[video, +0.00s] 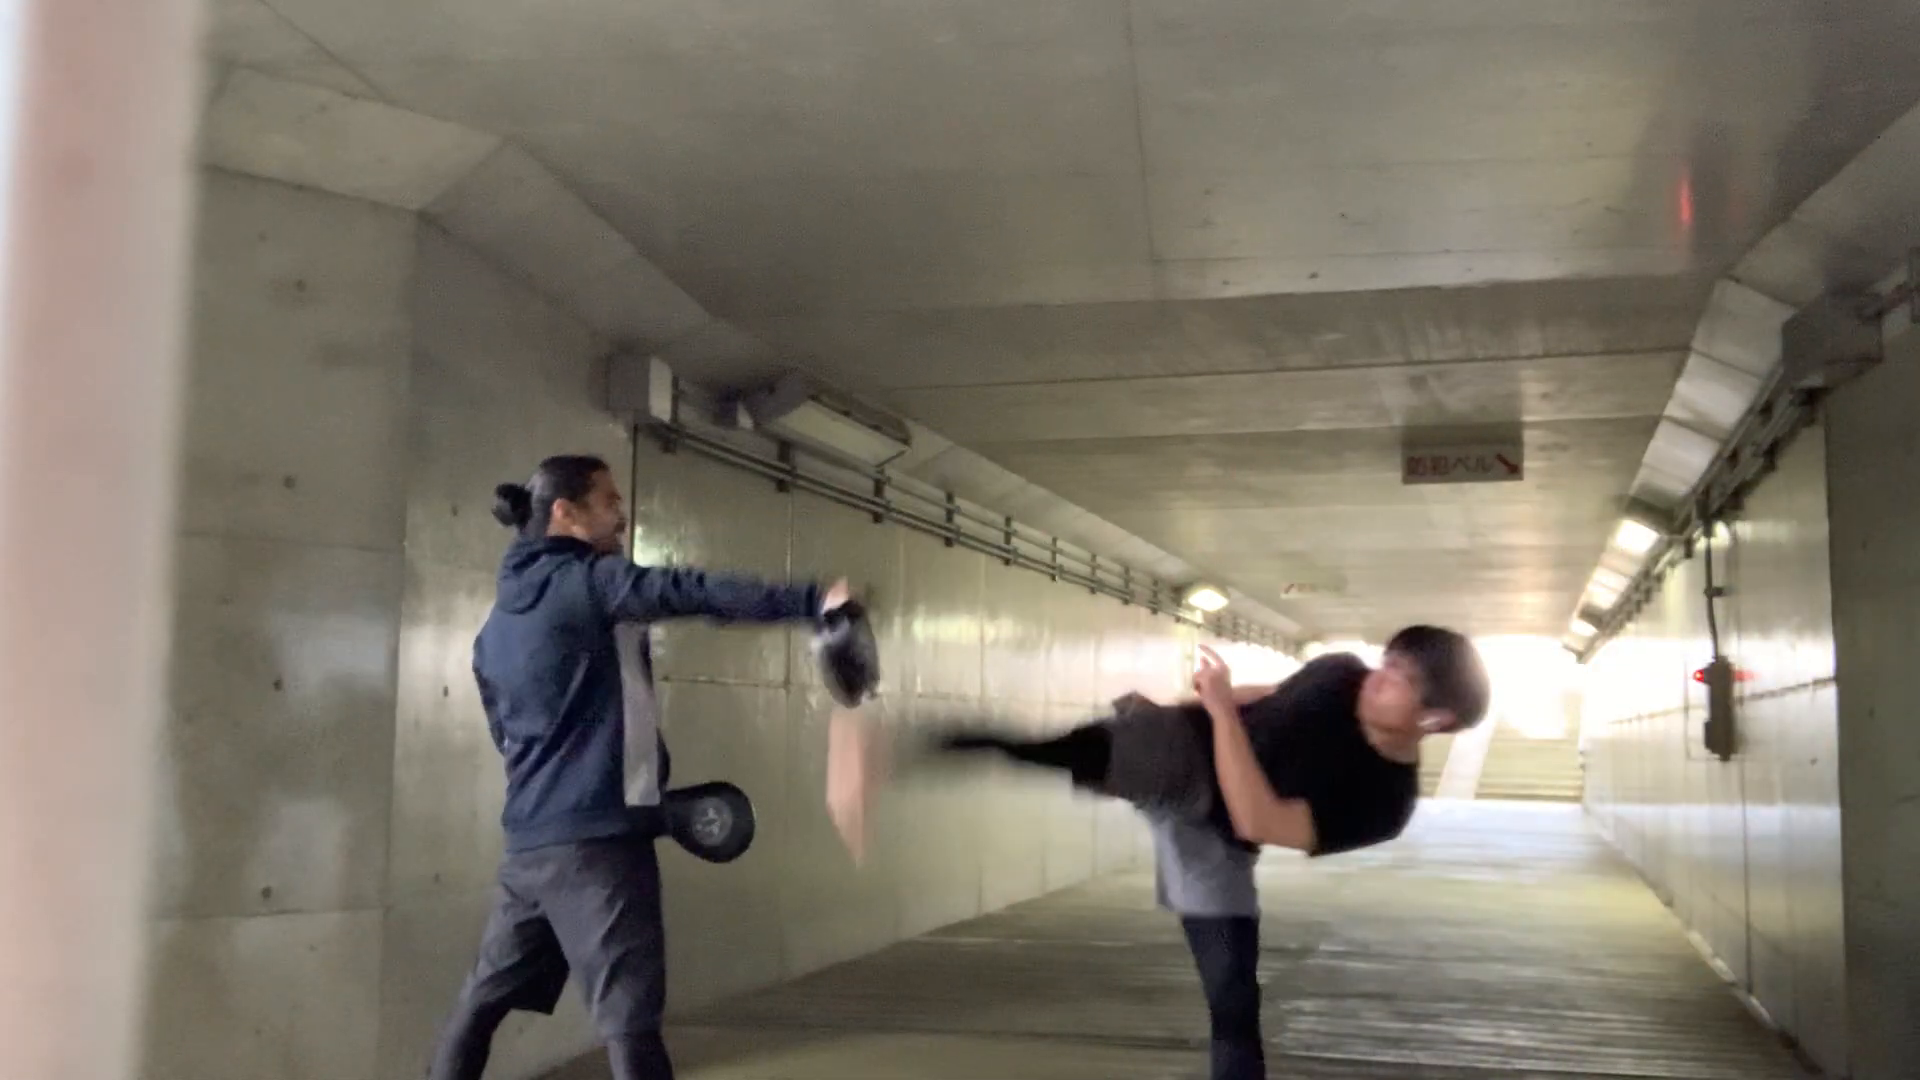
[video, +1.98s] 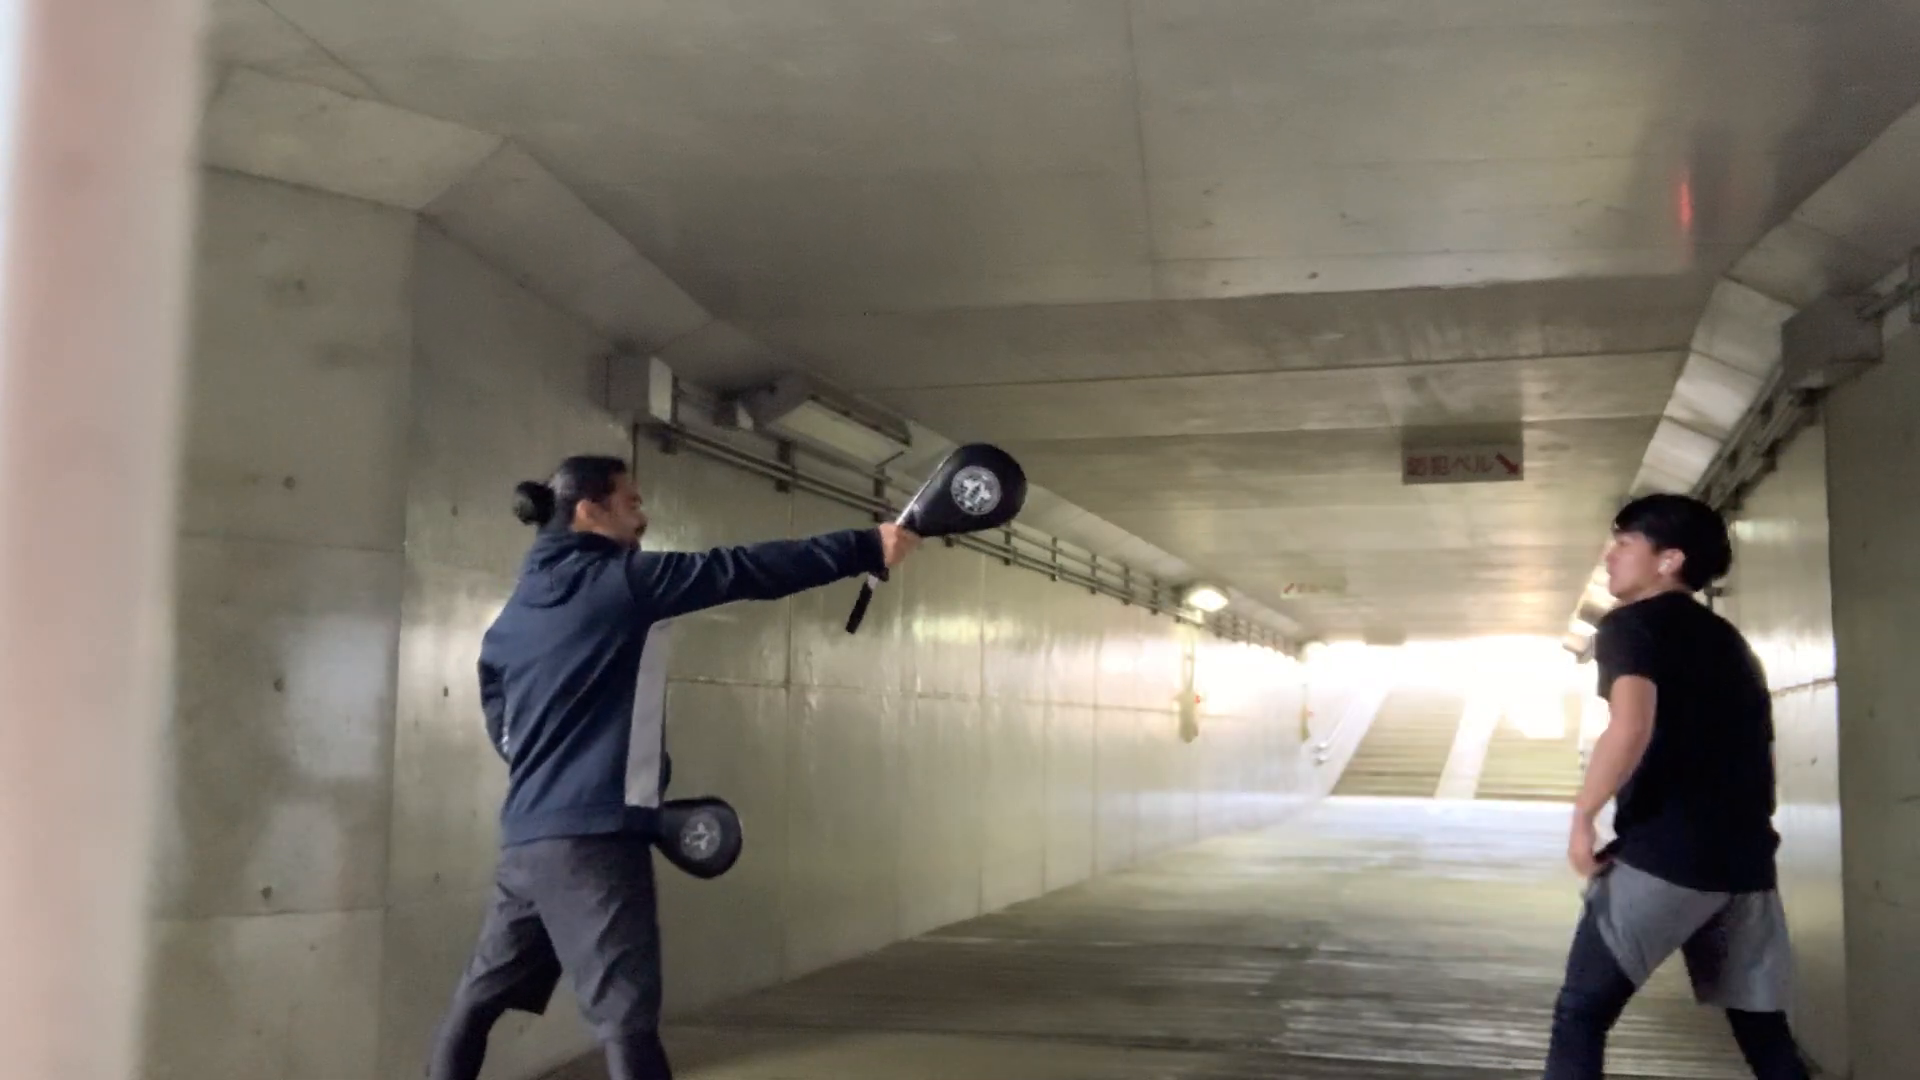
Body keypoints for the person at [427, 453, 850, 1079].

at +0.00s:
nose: (623, 516)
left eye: (620, 503)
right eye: (611, 503)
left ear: (556, 517)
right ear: (564, 512)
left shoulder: (493, 631)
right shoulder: (591, 581)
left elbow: (520, 748)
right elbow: (695, 589)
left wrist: (647, 799)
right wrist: (812, 600)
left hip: (528, 845)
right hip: (596, 841)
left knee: (478, 1008)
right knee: (630, 1027)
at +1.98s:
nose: (642, 514)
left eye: (637, 501)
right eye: (630, 501)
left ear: (579, 512)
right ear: (588, 510)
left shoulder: (507, 623)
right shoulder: (623, 577)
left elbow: (510, 738)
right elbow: (741, 570)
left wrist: (613, 793)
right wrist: (869, 546)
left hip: (529, 836)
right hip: (590, 834)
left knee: (474, 1004)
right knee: (626, 1023)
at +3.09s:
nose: (657, 521)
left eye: (654, 506)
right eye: (646, 506)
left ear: (595, 515)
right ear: (602, 513)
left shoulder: (518, 621)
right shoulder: (636, 578)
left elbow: (520, 734)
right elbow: (755, 570)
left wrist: (616, 788)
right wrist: (877, 547)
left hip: (533, 834)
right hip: (598, 832)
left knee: (477, 1004)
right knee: (631, 1023)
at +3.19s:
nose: (657, 522)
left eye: (654, 507)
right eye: (646, 507)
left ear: (595, 514)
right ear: (602, 512)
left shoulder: (520, 619)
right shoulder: (636, 577)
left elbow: (520, 735)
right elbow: (755, 570)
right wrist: (876, 547)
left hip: (533, 834)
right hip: (598, 832)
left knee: (477, 1004)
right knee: (631, 1024)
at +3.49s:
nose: (658, 522)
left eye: (655, 507)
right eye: (647, 506)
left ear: (595, 514)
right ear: (603, 512)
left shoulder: (520, 620)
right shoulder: (637, 577)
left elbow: (521, 735)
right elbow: (754, 571)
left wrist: (623, 789)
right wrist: (877, 548)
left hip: (534, 834)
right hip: (600, 832)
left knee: (478, 1004)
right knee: (632, 1024)